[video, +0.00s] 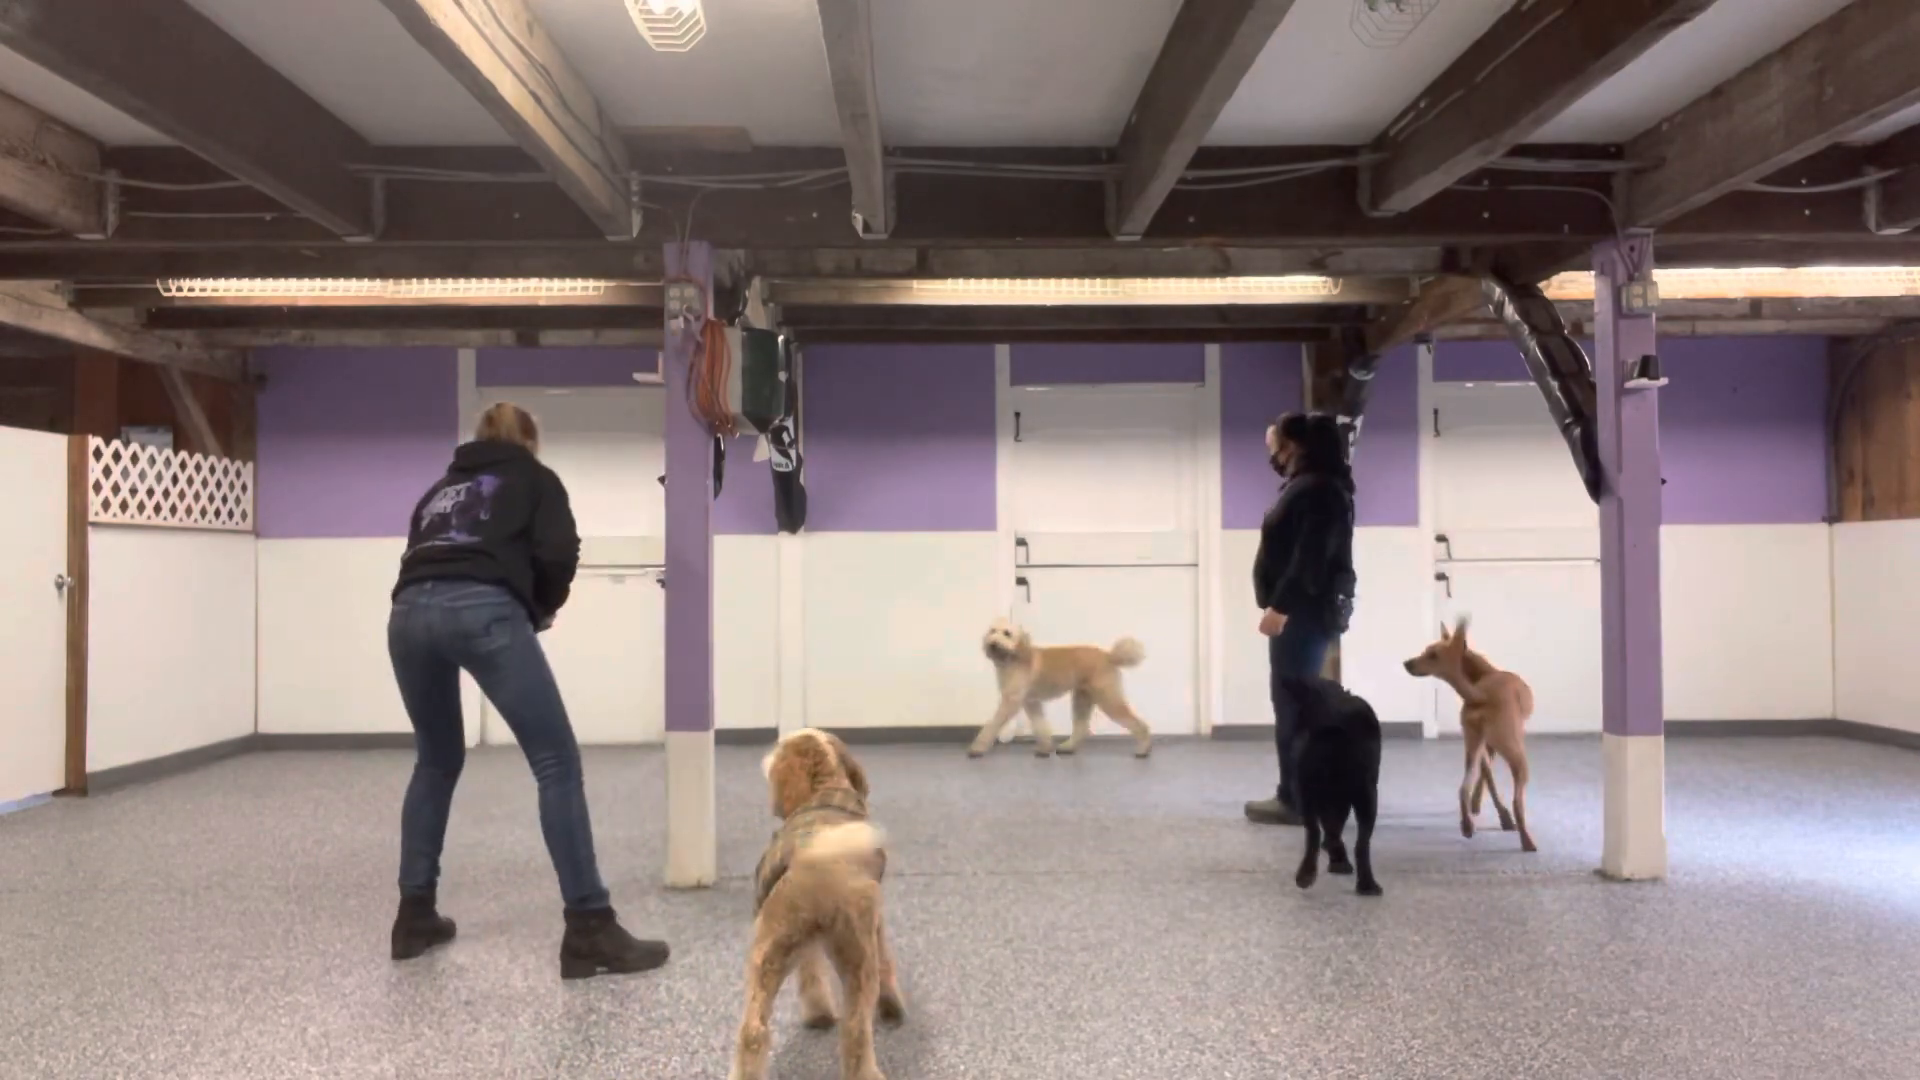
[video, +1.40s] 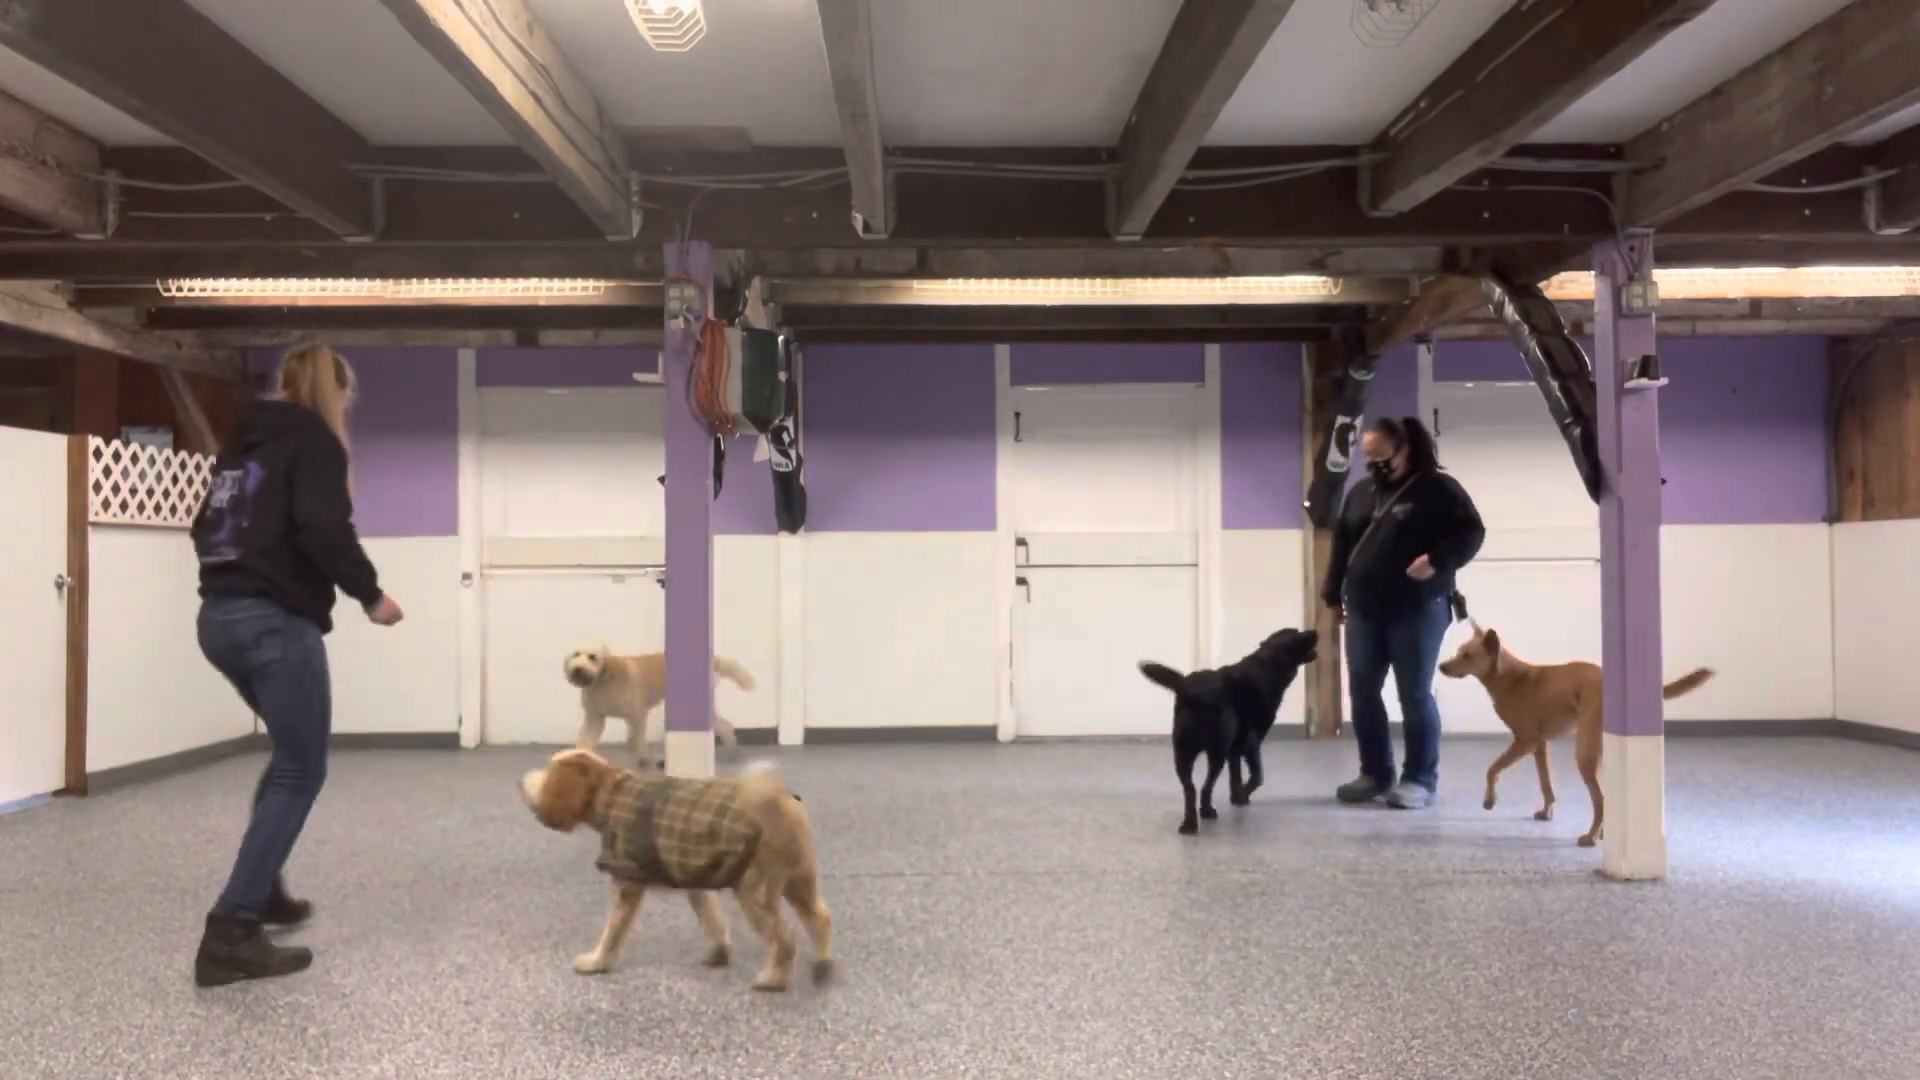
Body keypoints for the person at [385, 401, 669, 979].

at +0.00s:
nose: (537, 449)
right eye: (535, 440)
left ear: (480, 437)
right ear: (529, 441)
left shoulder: (442, 484)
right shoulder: (537, 477)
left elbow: (421, 555)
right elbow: (558, 550)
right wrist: (541, 609)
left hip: (411, 612)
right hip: (486, 609)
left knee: (436, 759)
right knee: (556, 763)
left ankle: (414, 915)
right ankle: (590, 926)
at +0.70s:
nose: (448, 417)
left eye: (445, 408)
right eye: (446, 408)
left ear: (387, 409)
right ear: (436, 406)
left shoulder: (354, 470)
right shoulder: (443, 457)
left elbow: (332, 561)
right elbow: (478, 530)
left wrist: (373, 598)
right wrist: (520, 579)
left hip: (356, 629)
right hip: (426, 619)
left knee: (427, 759)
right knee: (512, 758)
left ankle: (415, 915)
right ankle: (534, 920)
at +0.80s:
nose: (437, 408)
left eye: (434, 399)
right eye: (435, 398)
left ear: (372, 397)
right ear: (422, 397)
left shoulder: (341, 460)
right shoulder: (424, 450)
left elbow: (327, 549)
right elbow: (459, 524)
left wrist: (378, 579)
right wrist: (504, 572)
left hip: (343, 623)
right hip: (409, 616)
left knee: (420, 757)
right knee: (487, 754)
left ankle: (414, 912)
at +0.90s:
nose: (421, 398)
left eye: (419, 388)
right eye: (419, 388)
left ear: (358, 389)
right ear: (409, 388)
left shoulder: (326, 451)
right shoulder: (410, 444)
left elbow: (312, 540)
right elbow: (446, 521)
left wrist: (357, 579)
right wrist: (489, 569)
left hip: (328, 620)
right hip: (393, 616)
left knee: (410, 761)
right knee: (446, 759)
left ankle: (414, 913)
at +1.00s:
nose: (406, 395)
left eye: (404, 385)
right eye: (403, 385)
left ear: (340, 382)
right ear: (390, 386)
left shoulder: (304, 446)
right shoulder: (387, 442)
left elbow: (286, 535)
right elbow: (426, 522)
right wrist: (463, 569)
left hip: (301, 621)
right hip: (360, 622)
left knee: (392, 765)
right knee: (383, 773)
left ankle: (413, 911)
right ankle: (267, 911)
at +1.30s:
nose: (365, 405)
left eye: (365, 393)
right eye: (363, 393)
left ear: (304, 383)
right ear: (350, 391)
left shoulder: (262, 437)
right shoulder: (332, 443)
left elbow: (230, 528)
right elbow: (351, 530)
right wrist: (396, 591)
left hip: (236, 621)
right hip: (289, 625)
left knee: (338, 736)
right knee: (309, 779)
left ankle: (325, 893)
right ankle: (231, 930)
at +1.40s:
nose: (349, 405)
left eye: (349, 394)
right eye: (347, 394)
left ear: (287, 385)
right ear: (332, 391)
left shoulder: (247, 438)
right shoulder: (316, 442)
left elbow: (210, 526)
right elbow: (323, 528)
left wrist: (249, 582)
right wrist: (372, 595)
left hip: (223, 619)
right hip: (275, 621)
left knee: (293, 756)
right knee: (301, 772)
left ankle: (263, 890)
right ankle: (230, 931)